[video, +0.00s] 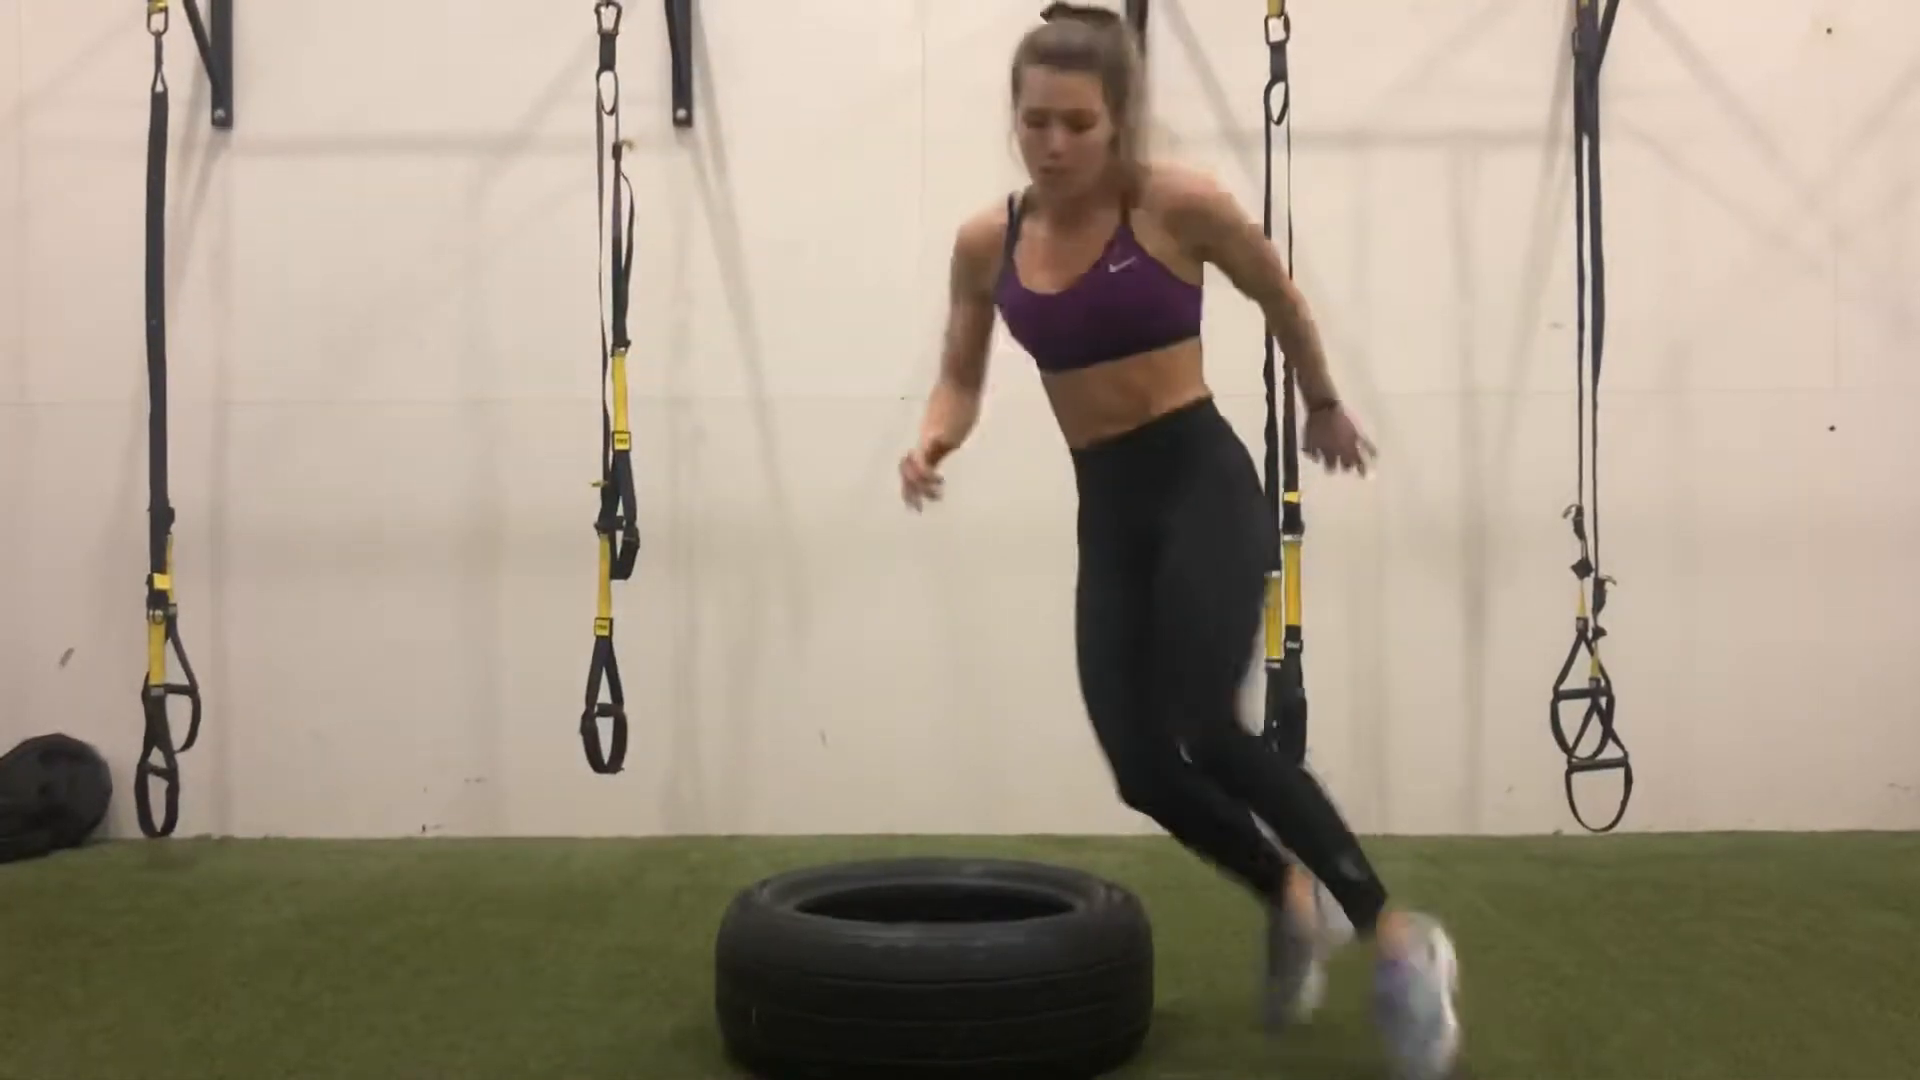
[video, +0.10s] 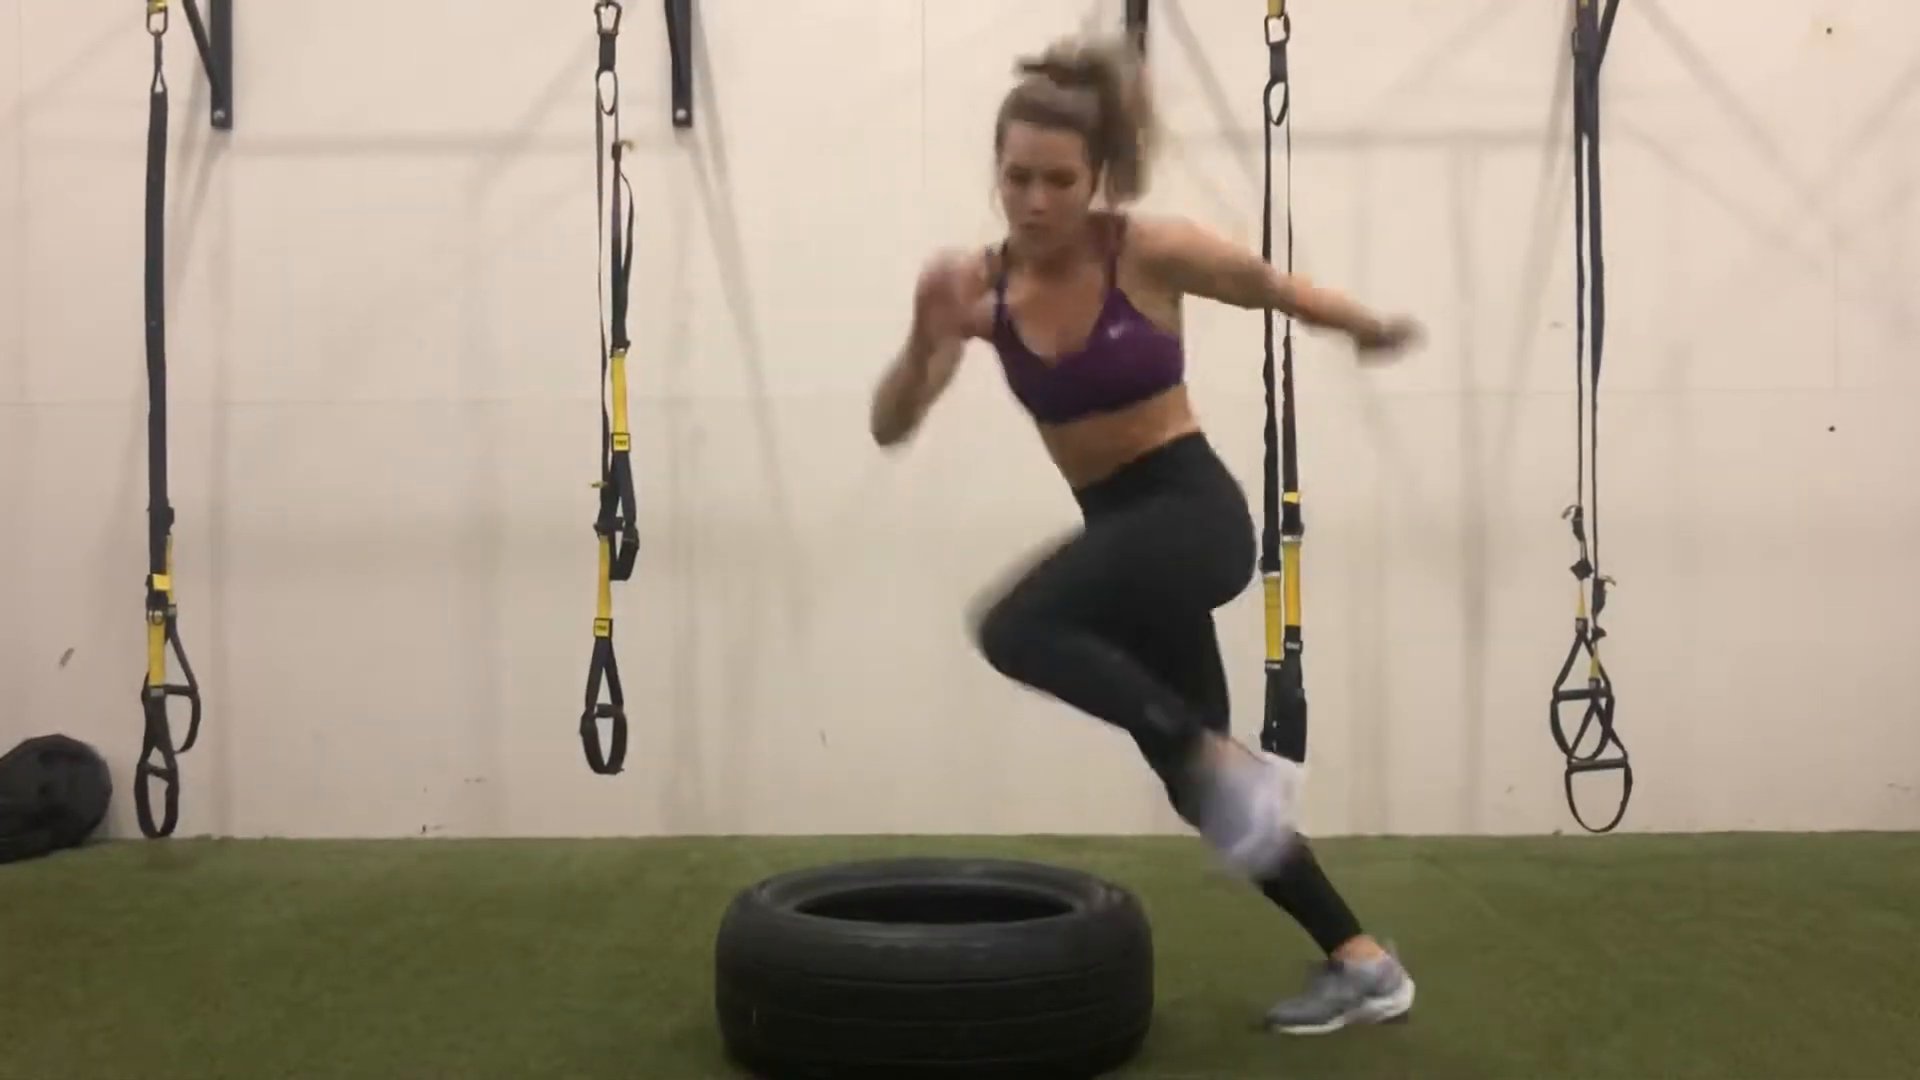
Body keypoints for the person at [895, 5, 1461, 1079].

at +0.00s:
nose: (1051, 144)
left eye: (1074, 122)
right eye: (1033, 121)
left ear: (1119, 119)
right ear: (1011, 118)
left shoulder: (1178, 206)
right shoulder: (989, 242)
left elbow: (1281, 298)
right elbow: (961, 373)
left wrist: (1325, 404)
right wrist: (931, 442)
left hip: (1204, 484)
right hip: (1108, 508)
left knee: (1207, 730)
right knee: (1142, 772)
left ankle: (1396, 933)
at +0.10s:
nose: (1036, 199)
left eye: (1058, 180)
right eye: (1019, 177)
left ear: (1098, 179)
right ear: (995, 171)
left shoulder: (1151, 250)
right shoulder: (975, 281)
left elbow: (1277, 289)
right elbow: (889, 427)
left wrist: (1367, 325)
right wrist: (931, 344)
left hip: (1191, 507)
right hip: (1117, 532)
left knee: (1020, 628)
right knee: (1195, 770)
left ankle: (1218, 765)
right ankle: (1360, 960)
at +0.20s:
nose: (984, 157)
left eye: (1010, 138)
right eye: (973, 132)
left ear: (1055, 145)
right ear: (955, 130)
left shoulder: (1089, 225)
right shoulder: (930, 216)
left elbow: (1211, 229)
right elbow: (846, 310)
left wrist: (1309, 247)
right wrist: (896, 224)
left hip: (1109, 480)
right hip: (1046, 493)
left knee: (890, 556)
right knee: (1175, 738)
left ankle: (995, 774)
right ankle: (1336, 932)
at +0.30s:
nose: (953, 108)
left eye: (977, 90)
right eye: (939, 85)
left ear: (1023, 95)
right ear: (917, 80)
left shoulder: (1061, 190)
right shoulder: (869, 175)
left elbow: (1168, 254)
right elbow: (828, 342)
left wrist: (1232, 320)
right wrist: (858, 305)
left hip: (1033, 472)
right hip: (983, 474)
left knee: (855, 663)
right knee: (1045, 719)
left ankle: (929, 889)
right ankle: (1249, 827)